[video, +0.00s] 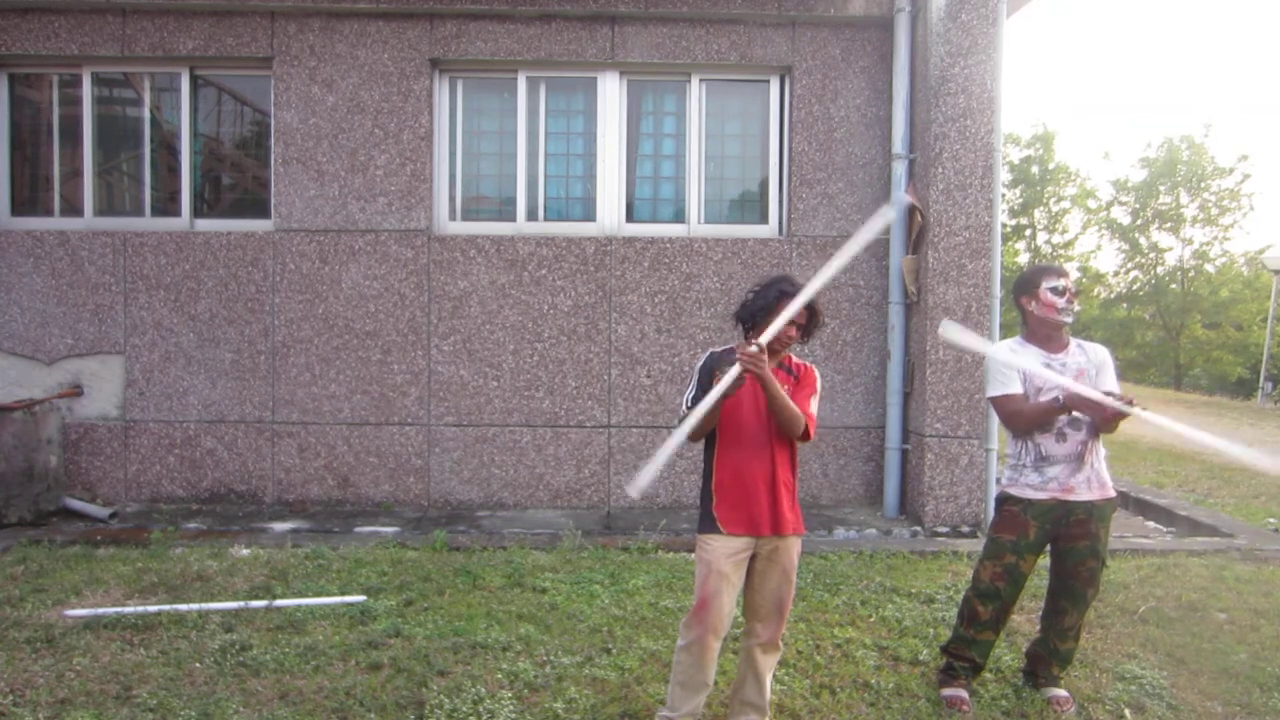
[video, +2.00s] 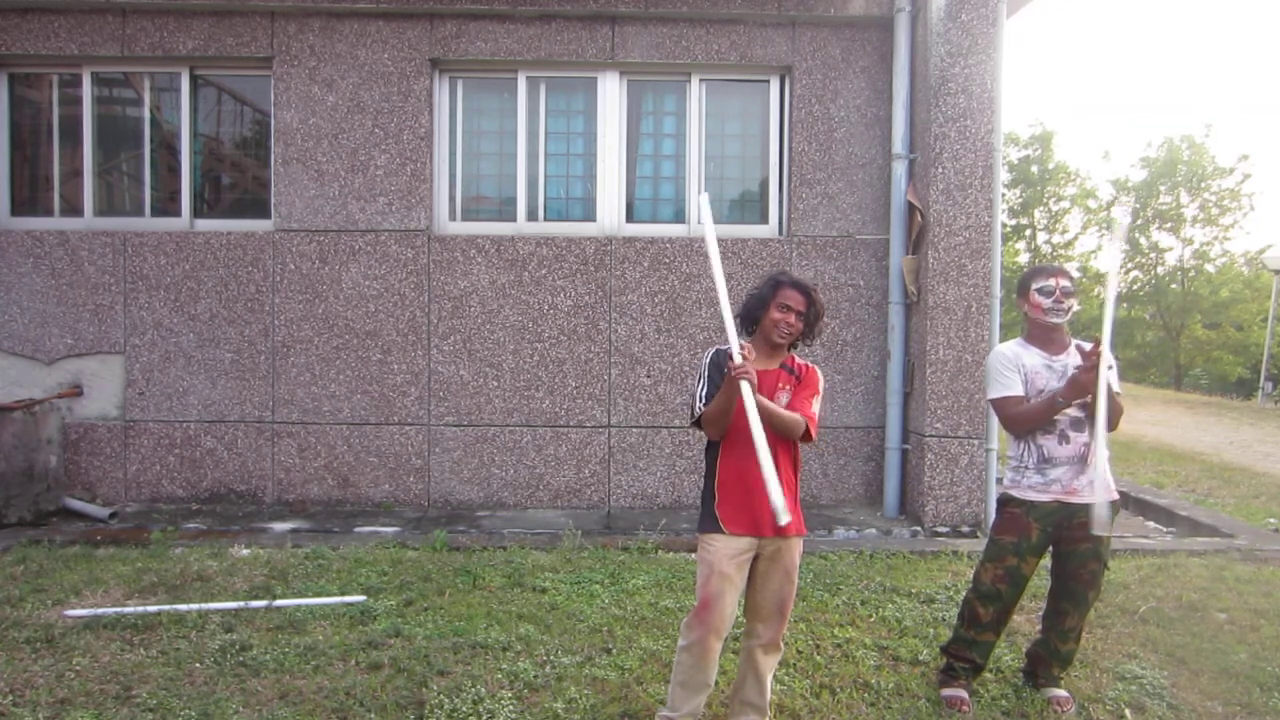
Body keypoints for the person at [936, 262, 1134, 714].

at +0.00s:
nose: (1069, 299)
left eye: (1071, 293)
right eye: (1057, 291)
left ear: (1073, 304)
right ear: (1027, 301)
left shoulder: (1096, 356)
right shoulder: (1005, 355)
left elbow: (1105, 424)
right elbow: (1017, 421)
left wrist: (1116, 407)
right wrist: (1065, 401)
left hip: (1088, 497)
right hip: (1027, 496)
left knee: (1075, 595)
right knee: (993, 585)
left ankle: (1045, 672)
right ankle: (957, 674)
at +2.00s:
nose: (1058, 299)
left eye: (1067, 293)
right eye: (1046, 291)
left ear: (1076, 304)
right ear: (1023, 303)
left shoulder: (1094, 357)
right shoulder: (1006, 356)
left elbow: (1111, 421)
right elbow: (1016, 422)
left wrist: (1098, 375)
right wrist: (1068, 394)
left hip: (1089, 497)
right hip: (1029, 496)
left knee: (1077, 595)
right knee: (994, 586)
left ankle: (1045, 672)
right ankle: (957, 674)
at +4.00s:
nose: (1069, 298)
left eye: (1072, 293)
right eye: (1057, 289)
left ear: (1075, 307)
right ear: (1027, 301)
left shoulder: (1092, 356)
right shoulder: (1008, 356)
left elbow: (1113, 422)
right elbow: (1028, 423)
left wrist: (1119, 376)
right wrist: (1082, 387)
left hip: (1094, 498)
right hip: (1033, 496)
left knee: (1078, 597)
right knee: (997, 588)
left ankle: (1045, 673)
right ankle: (958, 675)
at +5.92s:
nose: (1066, 299)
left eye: (1070, 294)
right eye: (1053, 291)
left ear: (1073, 307)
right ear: (1024, 304)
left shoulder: (1088, 357)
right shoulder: (1007, 357)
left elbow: (1109, 419)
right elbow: (1023, 419)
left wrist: (1115, 369)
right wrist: (1063, 374)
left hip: (1093, 497)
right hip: (1032, 496)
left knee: (1078, 597)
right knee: (997, 587)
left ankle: (1045, 673)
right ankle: (958, 675)